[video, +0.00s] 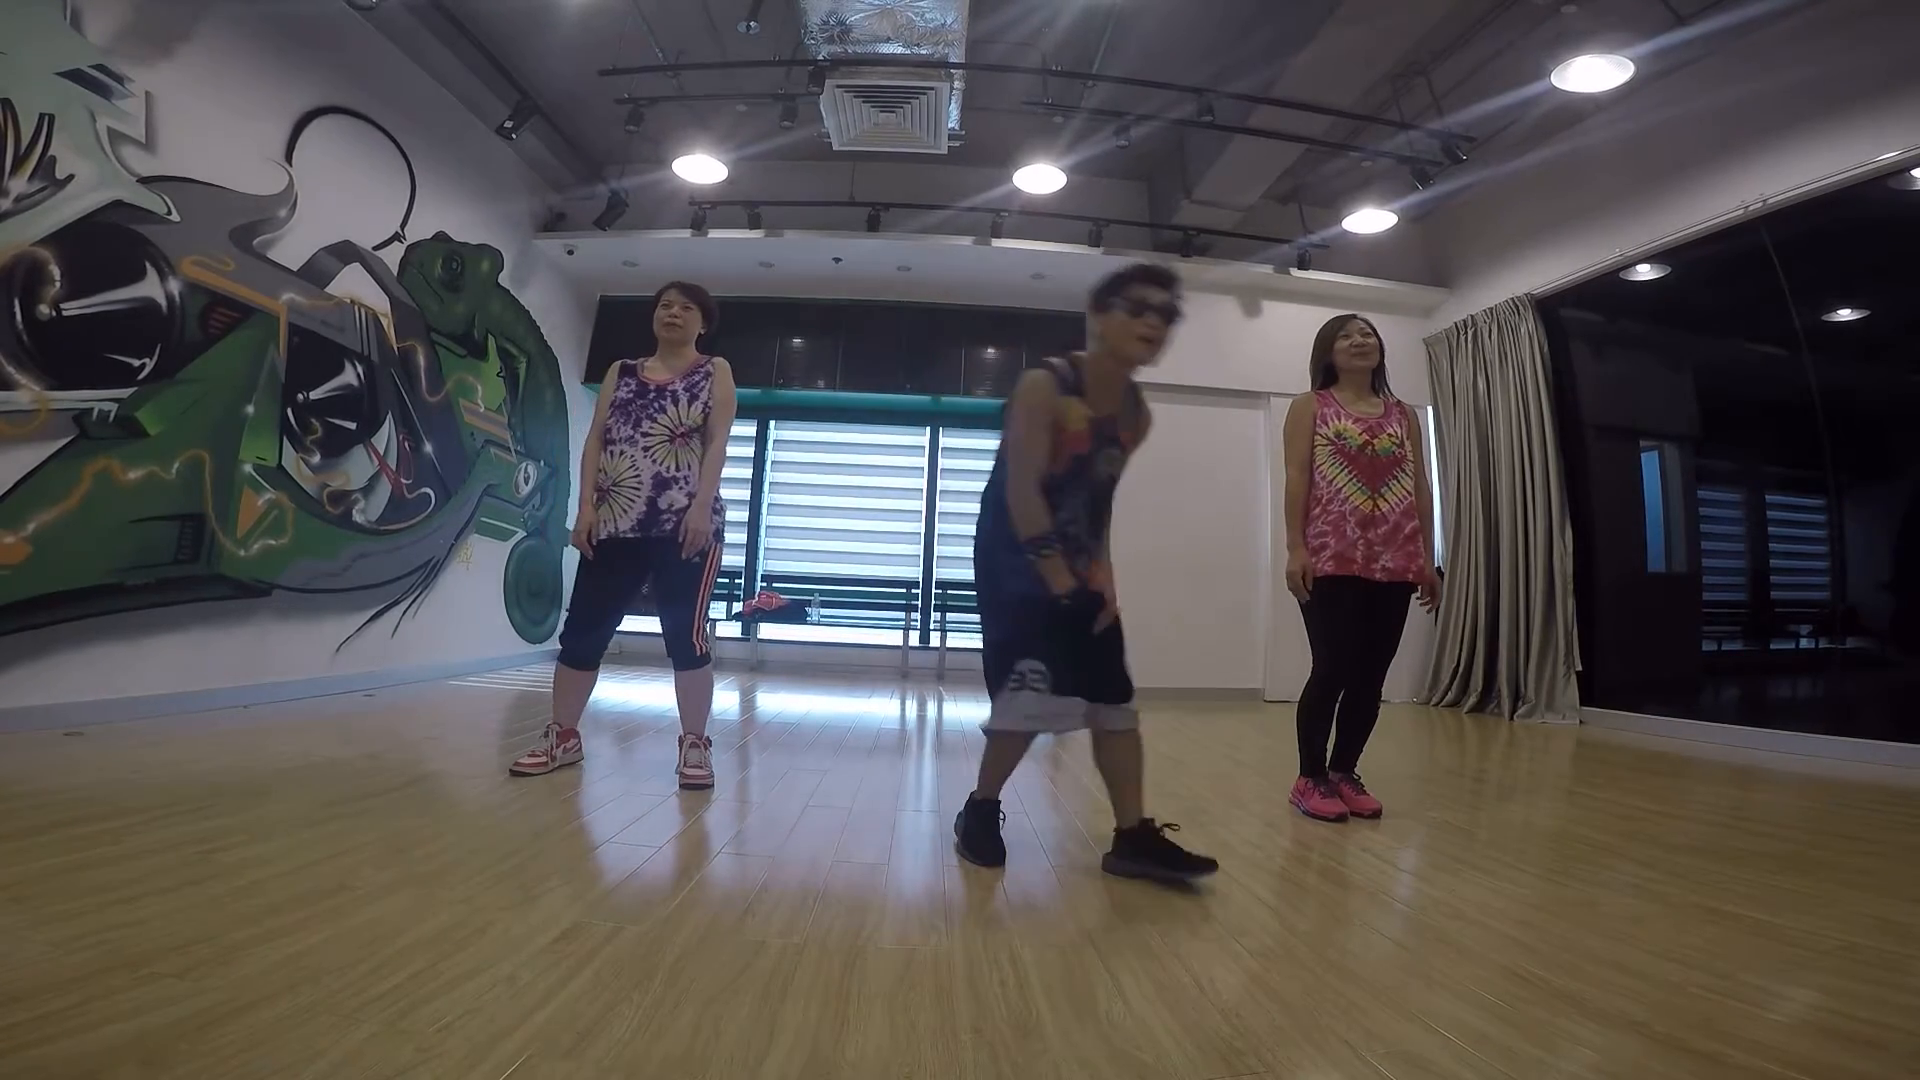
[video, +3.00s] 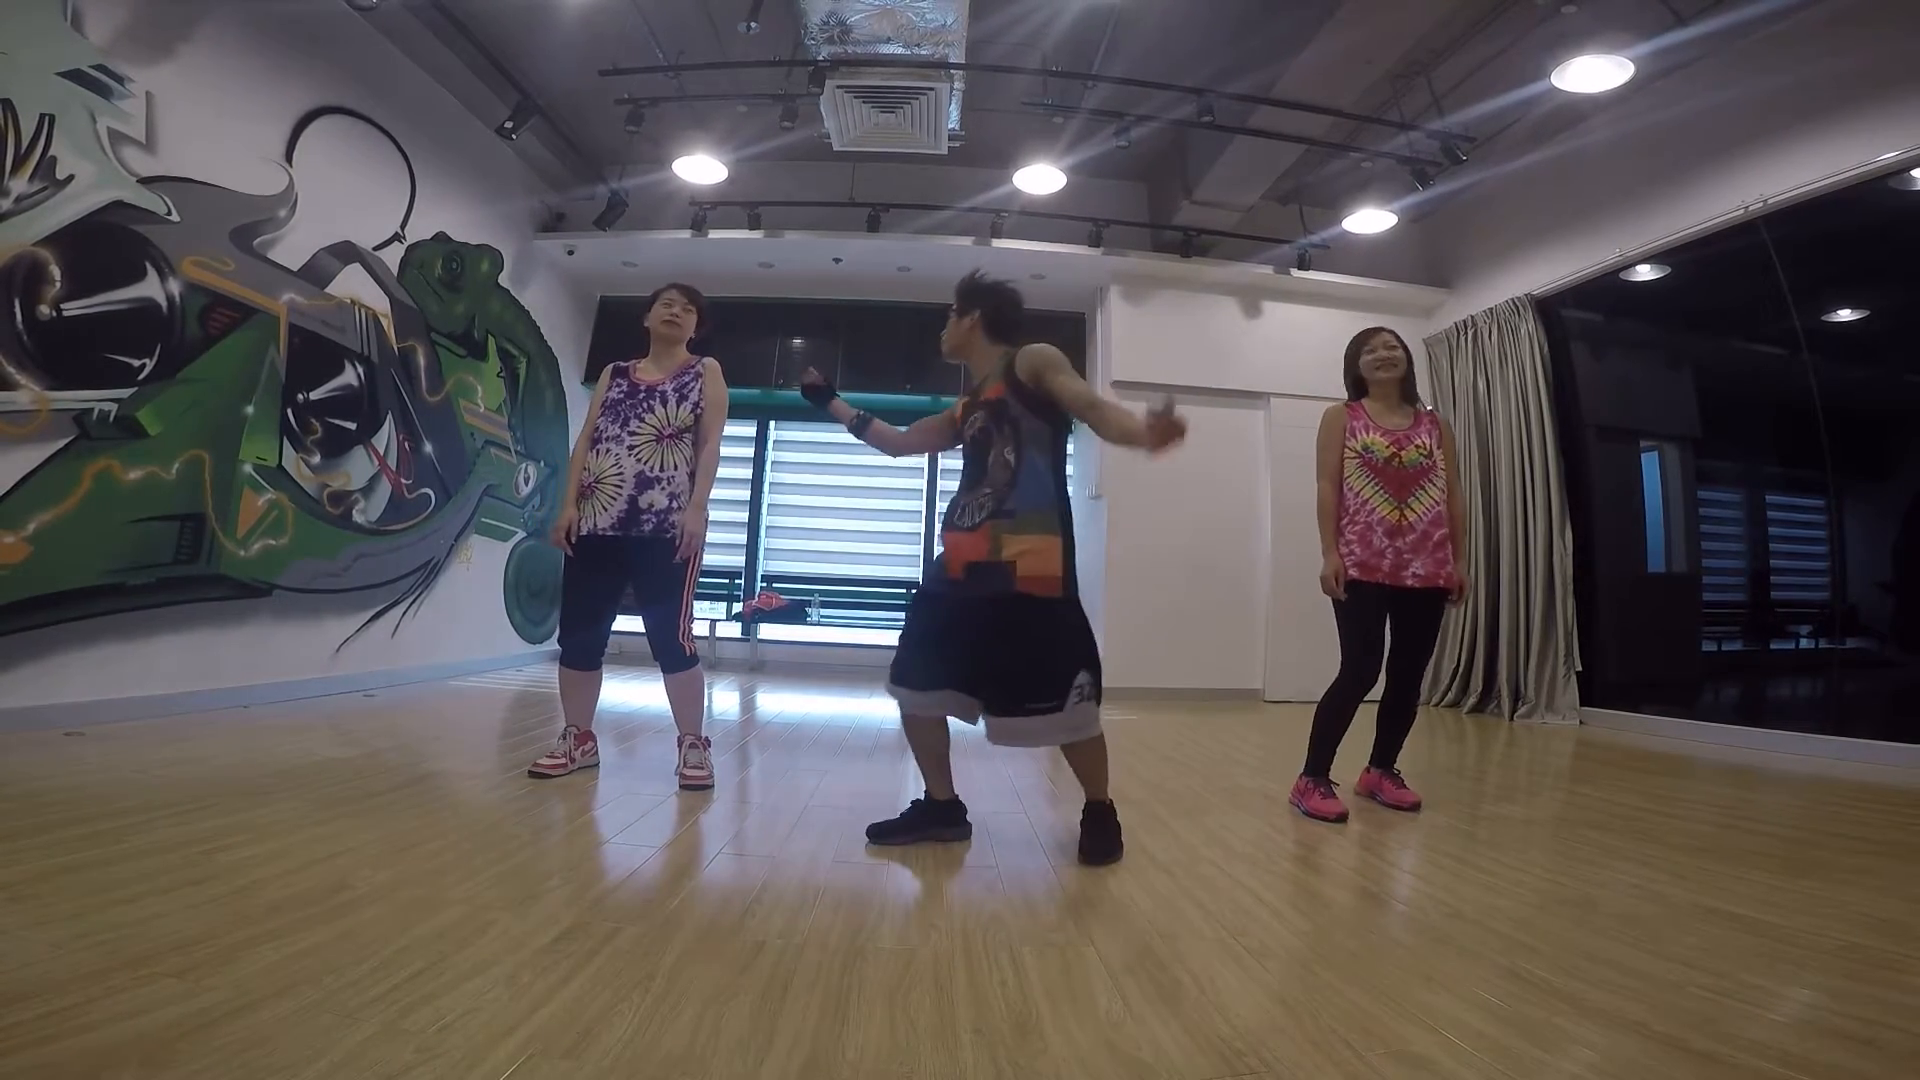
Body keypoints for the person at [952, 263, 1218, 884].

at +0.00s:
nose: (1153, 325)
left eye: (1165, 316)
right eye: (1138, 309)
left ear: (1171, 332)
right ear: (1098, 316)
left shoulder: (1136, 414)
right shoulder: (1044, 385)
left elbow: (1098, 499)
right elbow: (1022, 488)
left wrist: (1102, 574)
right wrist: (1058, 577)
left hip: (1082, 558)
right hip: (1016, 548)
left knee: (1111, 690)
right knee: (1031, 684)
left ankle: (1133, 834)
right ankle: (982, 807)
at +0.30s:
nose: (1239, 373)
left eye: (1247, 364)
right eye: (1225, 357)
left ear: (1248, 377)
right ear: (1180, 360)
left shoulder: (1166, 445)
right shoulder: (1132, 405)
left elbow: (1124, 545)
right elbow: (1088, 502)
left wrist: (1190, 562)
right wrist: (1095, 587)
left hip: (1090, 578)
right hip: (1029, 573)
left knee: (1142, 700)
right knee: (1044, 707)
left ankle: (1135, 837)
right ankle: (976, 807)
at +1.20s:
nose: (1192, 357)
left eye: (1202, 349)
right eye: (1179, 341)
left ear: (1204, 364)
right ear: (1143, 344)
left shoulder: (1146, 448)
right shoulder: (1092, 378)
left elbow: (1096, 538)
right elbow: (1019, 430)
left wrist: (1140, 585)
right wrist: (1026, 511)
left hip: (1078, 572)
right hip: (1015, 559)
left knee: (1135, 692)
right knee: (1018, 694)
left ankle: (1137, 836)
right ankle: (973, 810)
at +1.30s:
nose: (1140, 312)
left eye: (1152, 305)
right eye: (1128, 299)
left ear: (1158, 325)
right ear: (1095, 306)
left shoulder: (1142, 417)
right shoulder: (1040, 361)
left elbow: (1126, 505)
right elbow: (977, 415)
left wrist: (1171, 537)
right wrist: (958, 444)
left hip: (1083, 561)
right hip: (1006, 549)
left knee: (1128, 695)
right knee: (978, 686)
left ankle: (1134, 835)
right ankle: (967, 810)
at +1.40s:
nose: (1081, 282)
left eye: (1095, 274)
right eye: (1067, 271)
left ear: (1110, 294)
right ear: (1041, 287)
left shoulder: (1122, 380)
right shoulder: (1002, 361)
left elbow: (1160, 463)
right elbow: (938, 422)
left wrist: (1242, 499)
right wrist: (878, 445)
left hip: (1079, 566)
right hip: (991, 560)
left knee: (1114, 702)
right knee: (957, 693)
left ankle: (1127, 837)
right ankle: (960, 809)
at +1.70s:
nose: (1050, 278)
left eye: (1050, 270)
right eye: (1034, 267)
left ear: (1043, 289)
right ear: (992, 282)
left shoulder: (1075, 360)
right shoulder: (955, 365)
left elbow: (1109, 436)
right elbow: (919, 442)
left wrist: (1157, 497)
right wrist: (887, 500)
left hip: (1072, 559)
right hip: (984, 561)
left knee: (1100, 695)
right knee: (950, 695)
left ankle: (1110, 826)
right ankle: (960, 811)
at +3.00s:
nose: (944, 328)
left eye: (952, 317)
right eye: (947, 317)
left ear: (977, 320)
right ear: (978, 324)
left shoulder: (1033, 361)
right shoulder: (970, 405)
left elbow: (1089, 405)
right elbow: (899, 440)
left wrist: (1143, 433)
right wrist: (829, 400)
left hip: (1036, 567)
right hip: (961, 567)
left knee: (1067, 700)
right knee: (917, 685)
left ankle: (1099, 811)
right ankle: (940, 805)